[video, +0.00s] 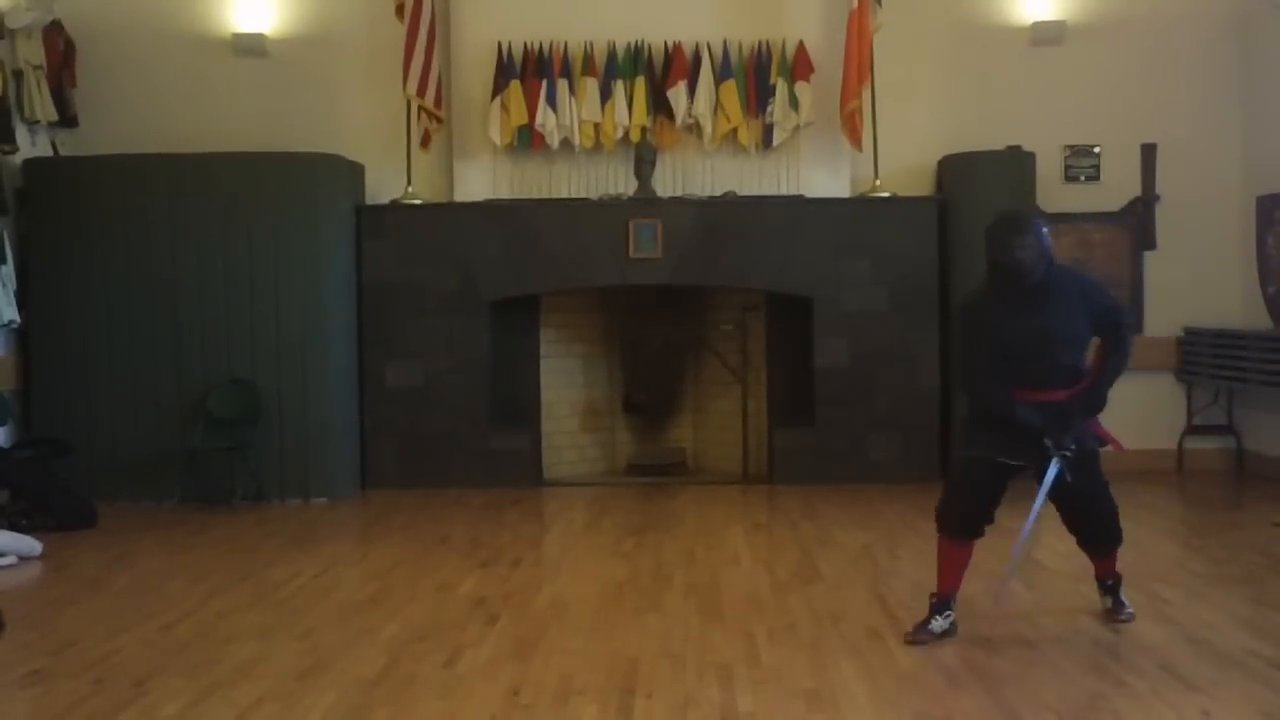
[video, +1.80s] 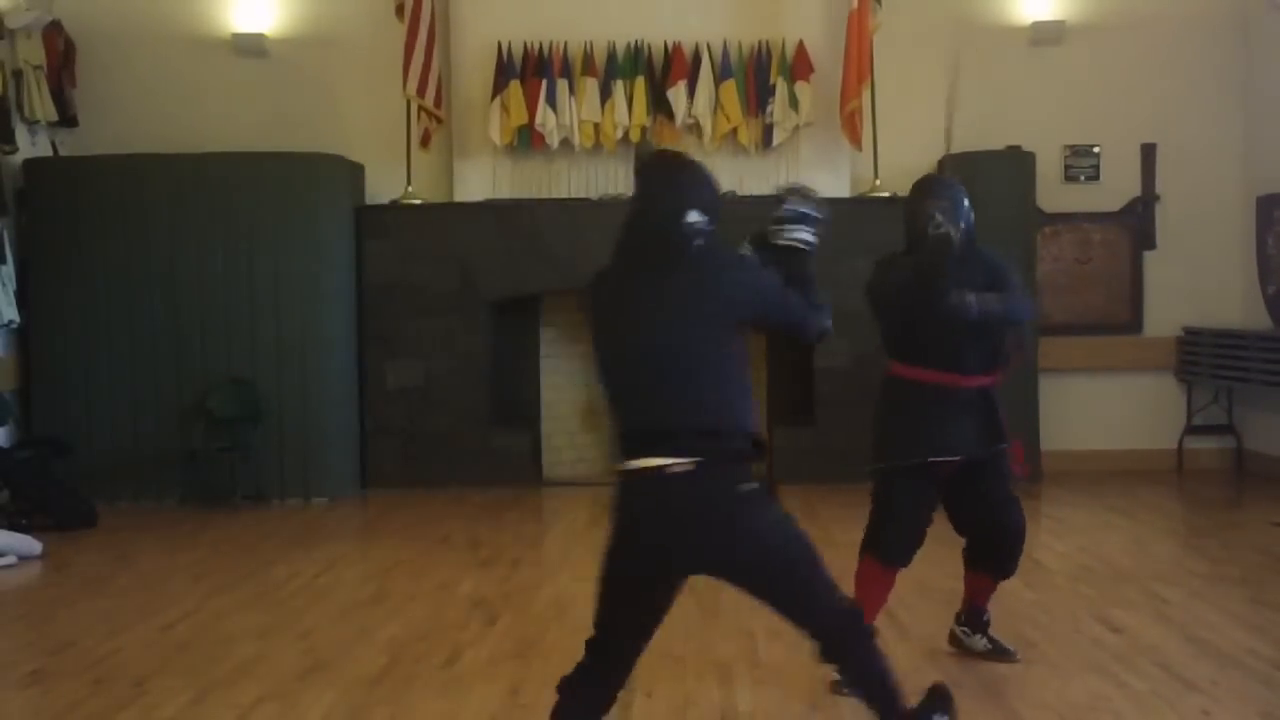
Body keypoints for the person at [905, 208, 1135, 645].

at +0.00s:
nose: (1024, 260)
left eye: (1029, 249)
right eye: (1012, 252)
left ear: (1046, 245)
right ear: (996, 255)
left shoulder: (1075, 291)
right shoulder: (980, 305)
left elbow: (1118, 330)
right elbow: (978, 387)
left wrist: (1095, 394)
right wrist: (1035, 426)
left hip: (1064, 419)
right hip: (998, 419)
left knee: (1096, 514)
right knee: (960, 506)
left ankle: (1110, 587)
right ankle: (942, 610)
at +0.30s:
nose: (961, 243)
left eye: (968, 232)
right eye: (951, 235)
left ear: (986, 232)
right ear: (936, 240)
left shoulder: (1023, 273)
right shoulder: (922, 294)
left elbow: (1067, 319)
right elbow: (921, 374)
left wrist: (1033, 389)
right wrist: (978, 416)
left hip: (1017, 413)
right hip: (950, 416)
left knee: (1043, 506)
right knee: (933, 512)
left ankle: (1048, 584)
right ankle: (941, 609)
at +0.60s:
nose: (944, 234)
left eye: (952, 223)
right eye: (934, 225)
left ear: (973, 223)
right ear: (919, 229)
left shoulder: (1006, 265)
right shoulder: (907, 282)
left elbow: (1054, 312)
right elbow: (900, 363)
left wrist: (1019, 385)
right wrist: (953, 411)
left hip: (999, 413)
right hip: (932, 413)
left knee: (991, 515)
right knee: (932, 514)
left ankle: (978, 618)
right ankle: (939, 613)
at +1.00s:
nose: (935, 227)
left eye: (946, 217)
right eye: (927, 217)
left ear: (970, 219)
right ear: (915, 221)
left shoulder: (1010, 267)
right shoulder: (903, 280)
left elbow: (1060, 323)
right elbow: (893, 362)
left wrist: (1018, 390)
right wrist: (949, 417)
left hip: (994, 410)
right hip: (924, 408)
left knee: (989, 521)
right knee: (889, 512)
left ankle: (976, 622)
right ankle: (871, 626)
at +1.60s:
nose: (905, 222)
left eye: (916, 212)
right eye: (896, 212)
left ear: (938, 217)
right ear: (879, 219)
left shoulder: (966, 272)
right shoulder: (863, 282)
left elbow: (1015, 337)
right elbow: (852, 362)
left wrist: (976, 373)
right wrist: (915, 373)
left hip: (952, 425)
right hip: (885, 427)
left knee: (983, 526)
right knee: (872, 536)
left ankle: (972, 603)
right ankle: (860, 646)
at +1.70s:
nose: (917, 222)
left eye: (927, 212)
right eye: (908, 212)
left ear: (948, 217)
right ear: (892, 219)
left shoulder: (973, 273)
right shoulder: (878, 276)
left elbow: (1011, 333)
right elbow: (876, 340)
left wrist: (963, 339)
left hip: (956, 424)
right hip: (891, 425)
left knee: (997, 526)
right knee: (878, 535)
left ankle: (980, 615)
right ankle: (859, 648)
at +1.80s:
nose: (942, 227)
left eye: (952, 216)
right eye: (930, 216)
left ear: (969, 219)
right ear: (913, 220)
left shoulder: (986, 268)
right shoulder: (894, 271)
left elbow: (1019, 312)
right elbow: (895, 307)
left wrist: (968, 303)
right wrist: (932, 259)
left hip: (973, 423)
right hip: (911, 423)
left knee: (999, 528)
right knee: (892, 533)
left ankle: (971, 624)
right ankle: (851, 645)